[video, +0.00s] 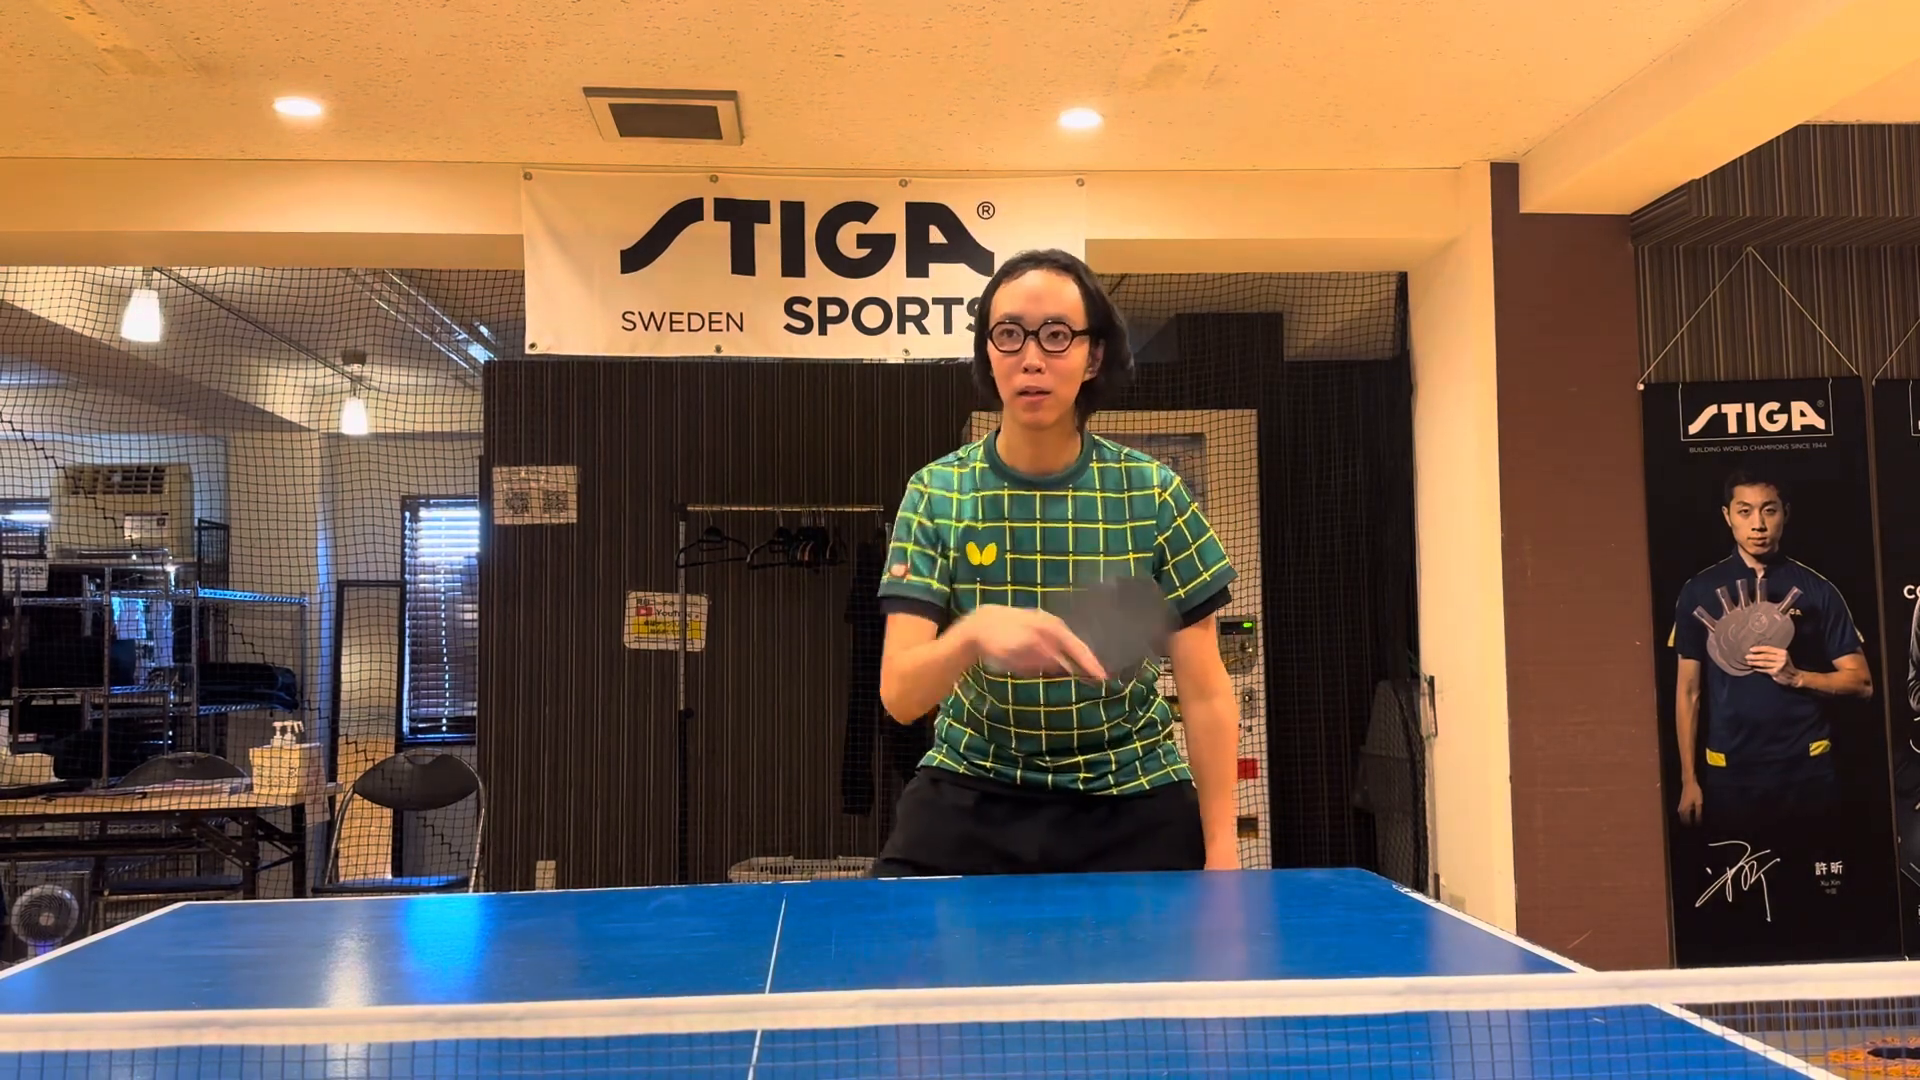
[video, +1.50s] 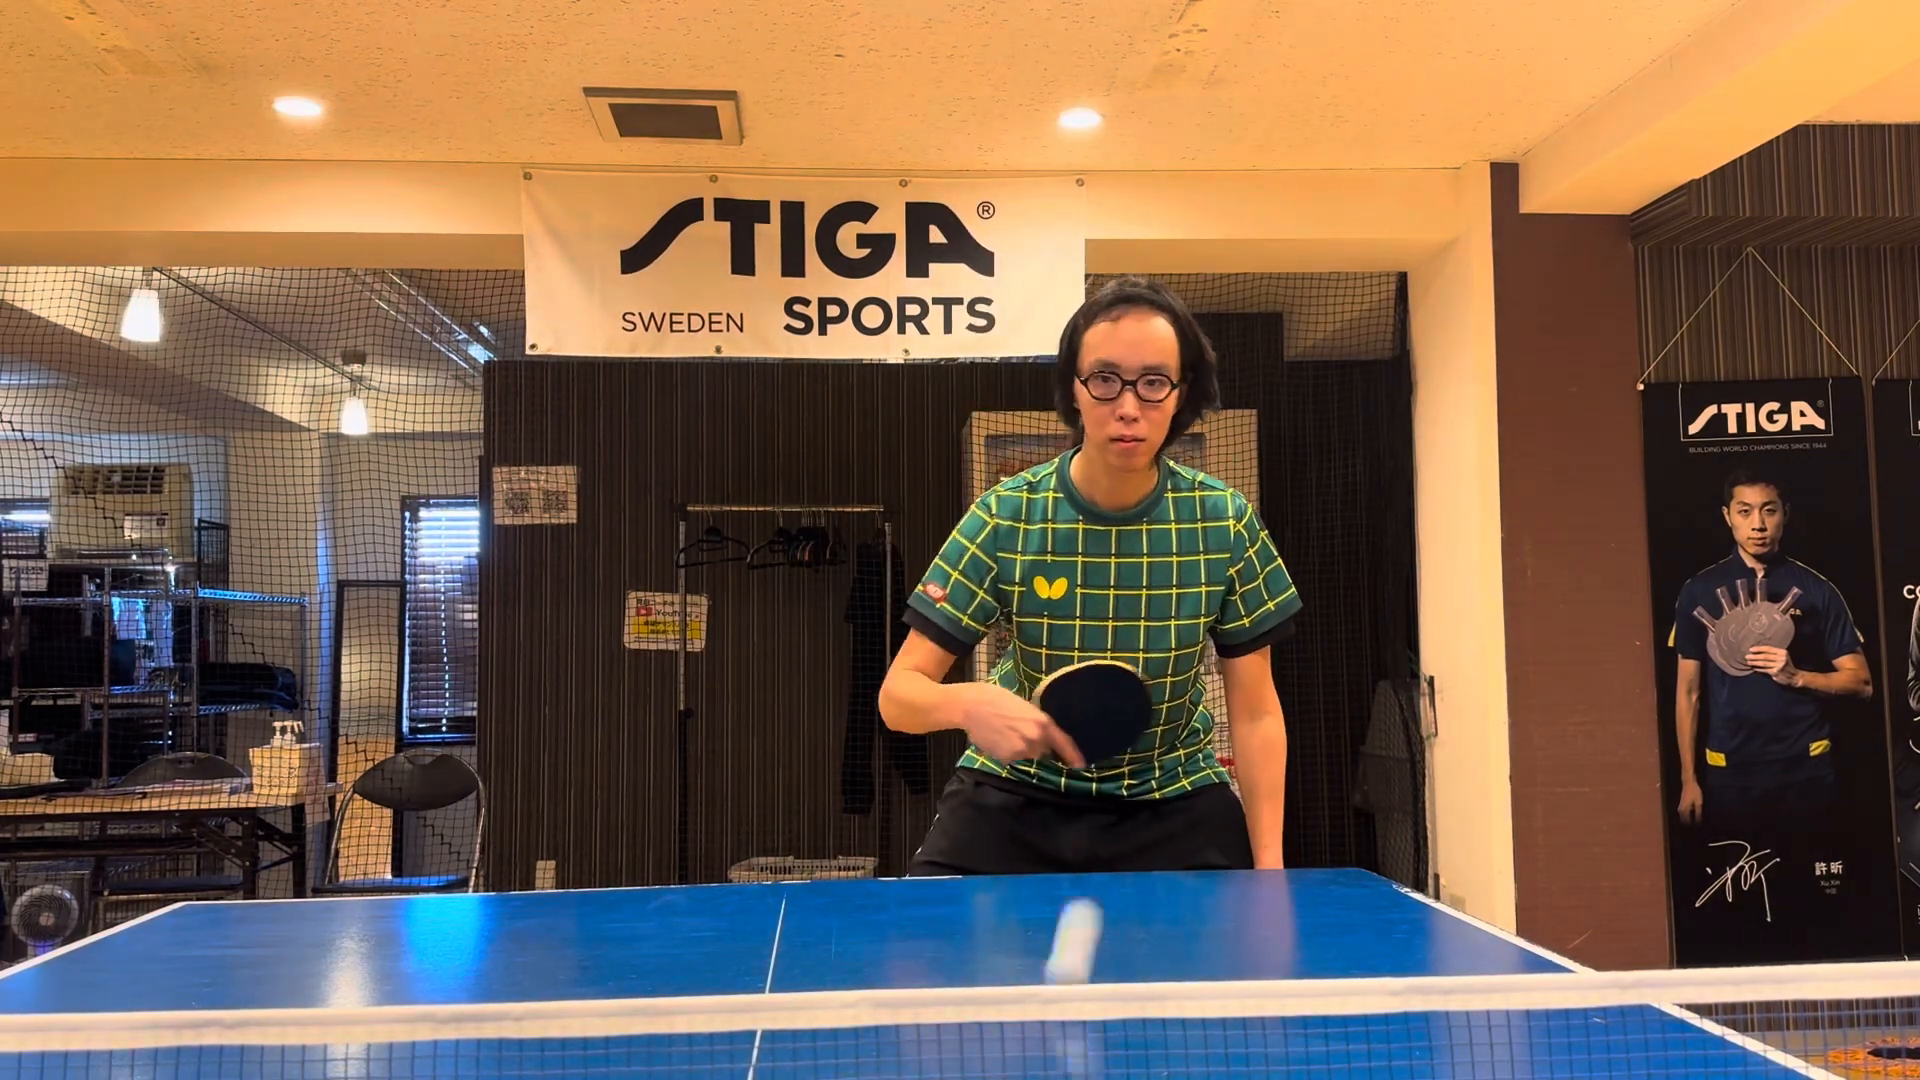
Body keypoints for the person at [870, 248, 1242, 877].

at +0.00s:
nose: (1031, 356)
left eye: (1056, 335)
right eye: (1011, 335)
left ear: (1092, 358)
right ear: (987, 354)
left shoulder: (1151, 494)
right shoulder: (938, 493)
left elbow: (1205, 691)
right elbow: (900, 694)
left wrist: (1222, 860)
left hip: (1133, 797)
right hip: (970, 794)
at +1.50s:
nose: (1129, 406)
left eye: (1154, 382)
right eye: (1105, 379)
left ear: (1182, 394)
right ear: (1074, 389)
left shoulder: (1223, 521)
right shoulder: (1005, 516)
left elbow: (1256, 713)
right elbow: (898, 696)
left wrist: (1269, 875)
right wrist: (968, 704)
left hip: (1174, 801)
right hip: (1012, 798)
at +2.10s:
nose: (1111, 364)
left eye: (1137, 344)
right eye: (1089, 341)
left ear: (1169, 367)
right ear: (1060, 360)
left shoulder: (1211, 504)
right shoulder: (996, 506)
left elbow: (1241, 689)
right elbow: (927, 710)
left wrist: (1270, 847)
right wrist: (877, 656)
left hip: (1168, 788)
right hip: (1007, 787)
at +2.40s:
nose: (1056, 353)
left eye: (1082, 332)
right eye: (1035, 331)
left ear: (1117, 354)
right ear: (1012, 351)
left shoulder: (1175, 492)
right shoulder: (959, 501)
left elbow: (1216, 672)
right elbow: (931, 702)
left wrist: (1260, 830)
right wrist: (831, 641)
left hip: (1152, 794)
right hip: (988, 793)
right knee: (905, 977)